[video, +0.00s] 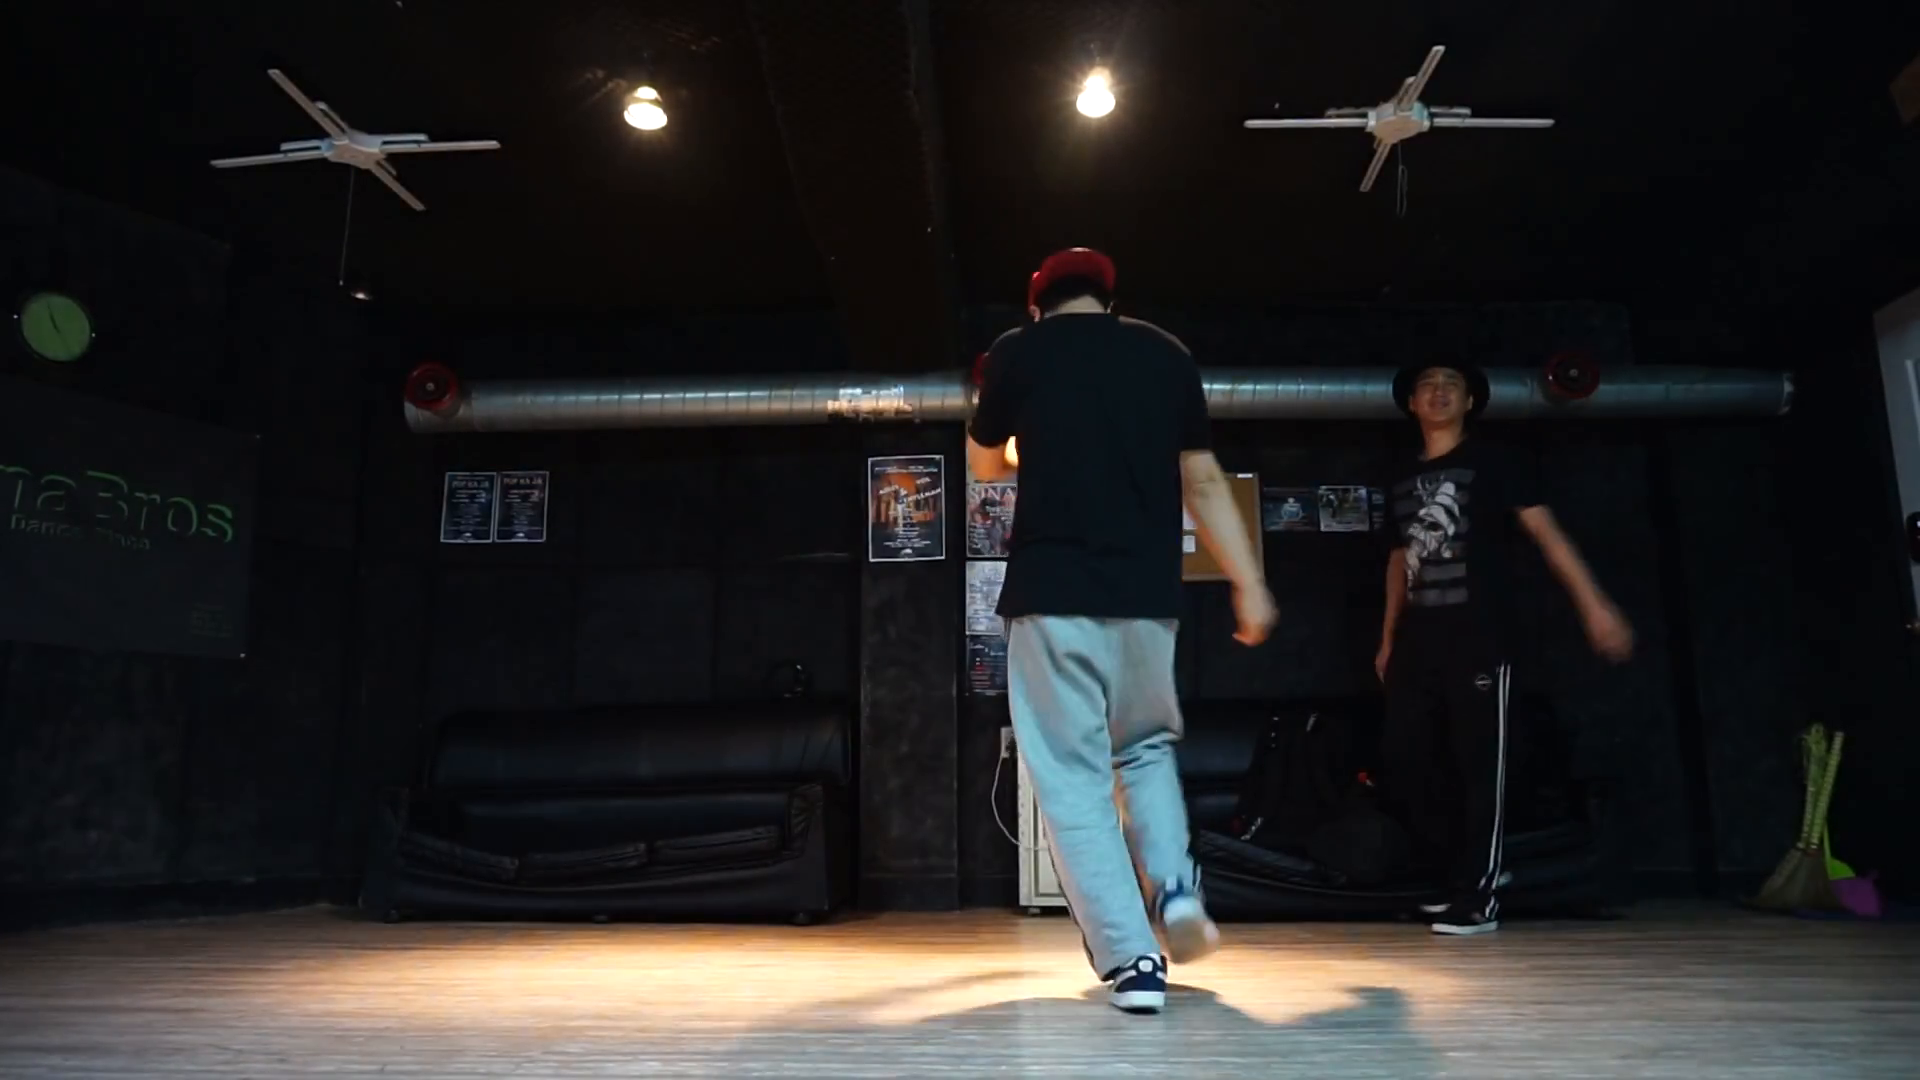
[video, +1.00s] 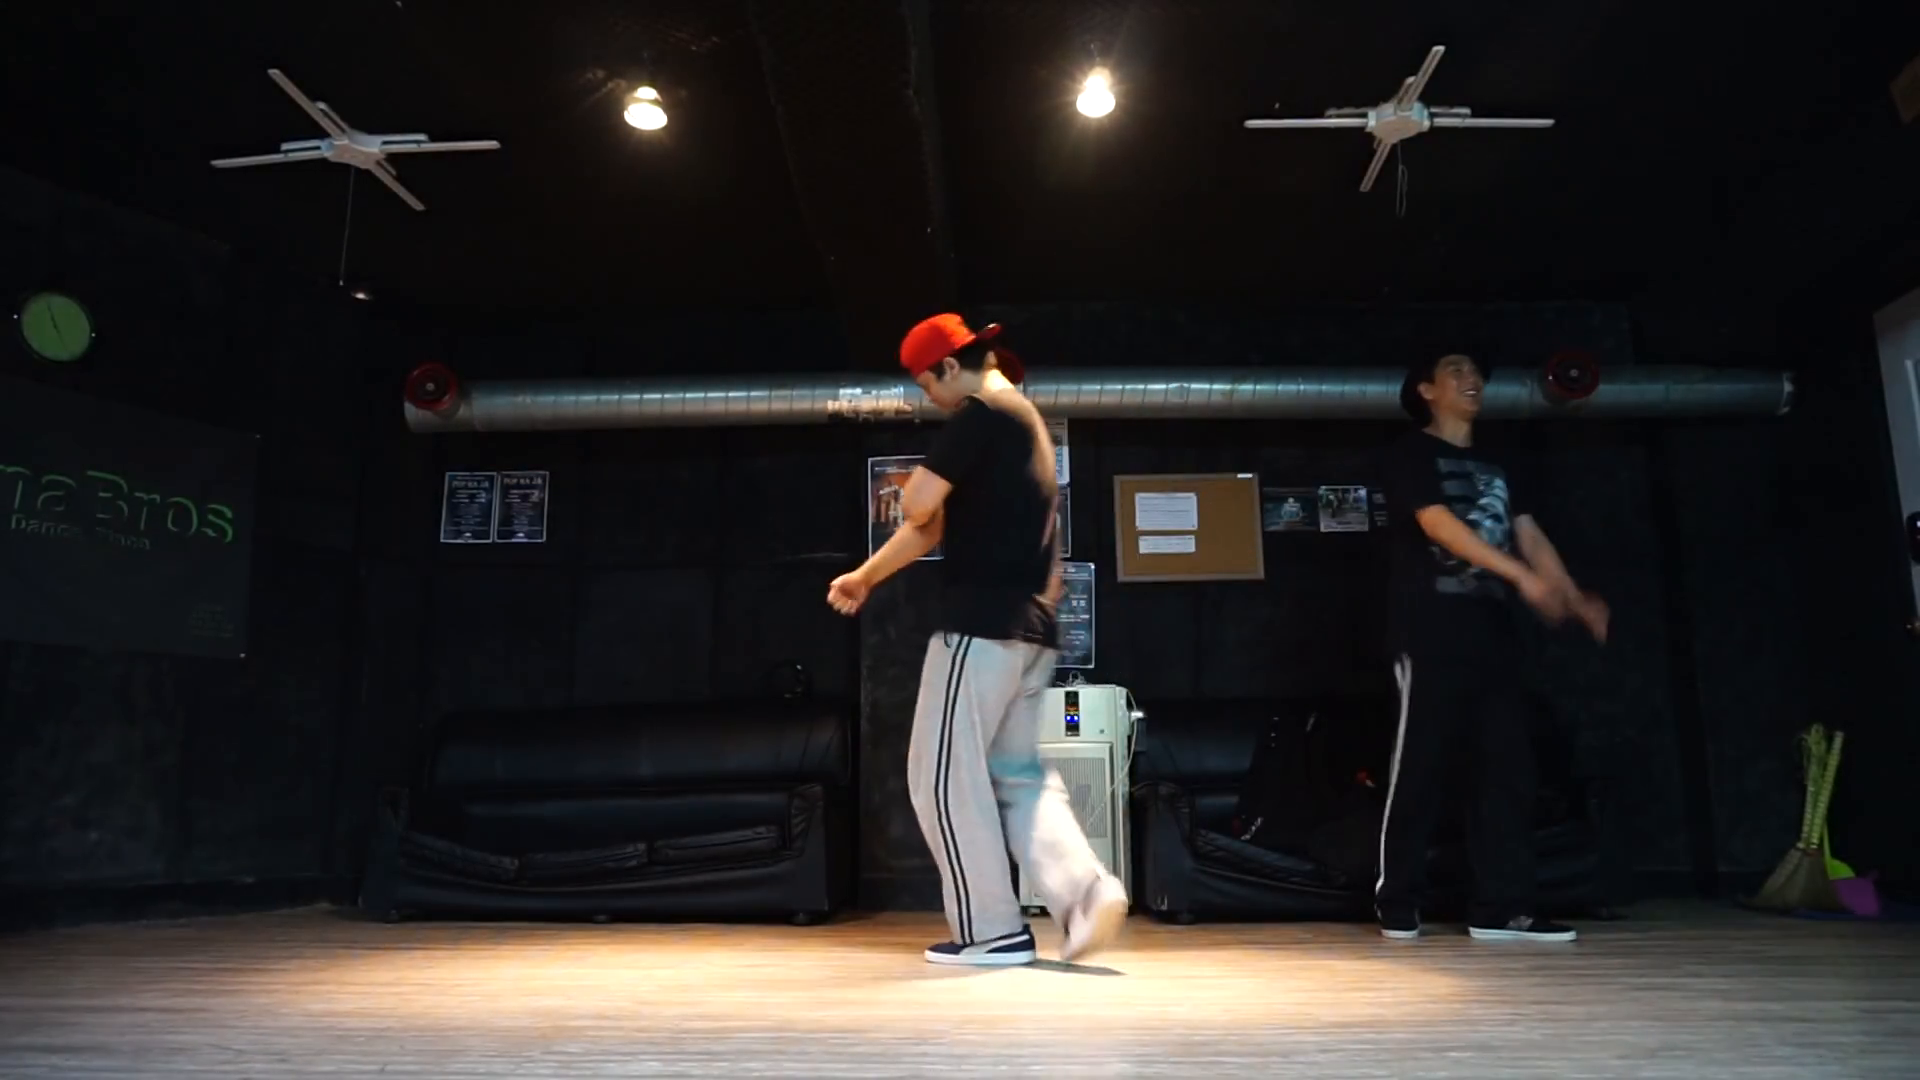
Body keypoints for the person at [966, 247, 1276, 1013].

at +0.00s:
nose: (1038, 320)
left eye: (1034, 309)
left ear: (1037, 307)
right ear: (1110, 299)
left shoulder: (1015, 355)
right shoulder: (1167, 356)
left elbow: (987, 461)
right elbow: (1202, 479)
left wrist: (1035, 433)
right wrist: (1247, 582)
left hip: (1051, 595)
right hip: (1147, 594)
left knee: (1073, 781)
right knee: (1148, 746)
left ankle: (1131, 962)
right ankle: (1176, 888)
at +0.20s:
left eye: (1037, 316)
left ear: (1036, 319)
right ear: (1107, 312)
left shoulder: (1017, 363)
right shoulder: (1164, 365)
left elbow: (968, 444)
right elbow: (1208, 452)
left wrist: (999, 374)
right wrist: (1272, 527)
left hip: (1057, 594)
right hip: (1142, 596)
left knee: (1085, 774)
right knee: (1130, 772)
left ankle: (1134, 951)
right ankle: (1104, 932)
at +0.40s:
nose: (1023, 358)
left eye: (1024, 349)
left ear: (1031, 346)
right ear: (1095, 340)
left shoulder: (1016, 387)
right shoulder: (1151, 393)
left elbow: (965, 473)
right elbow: (1193, 481)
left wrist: (970, 407)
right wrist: (1251, 561)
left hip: (1052, 618)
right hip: (1135, 618)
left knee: (1030, 781)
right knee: (1111, 781)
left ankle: (1132, 892)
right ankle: (1097, 945)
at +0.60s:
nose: (998, 362)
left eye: (998, 354)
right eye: (1000, 354)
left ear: (1006, 347)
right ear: (1068, 340)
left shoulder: (1013, 387)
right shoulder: (1116, 404)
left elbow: (959, 485)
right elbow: (1116, 516)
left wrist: (989, 414)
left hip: (1037, 608)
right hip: (1109, 615)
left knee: (981, 750)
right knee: (1092, 780)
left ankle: (1068, 875)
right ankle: (1112, 945)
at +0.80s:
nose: (966, 371)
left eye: (964, 360)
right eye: (964, 361)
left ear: (976, 350)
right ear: (1030, 342)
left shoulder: (998, 399)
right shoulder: (1068, 399)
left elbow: (942, 488)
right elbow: (1005, 499)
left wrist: (978, 414)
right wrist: (944, 570)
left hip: (1018, 610)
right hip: (1084, 608)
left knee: (968, 766)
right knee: (1080, 772)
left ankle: (998, 926)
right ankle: (1109, 939)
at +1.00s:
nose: (927, 400)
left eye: (925, 386)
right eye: (922, 389)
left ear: (946, 368)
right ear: (971, 361)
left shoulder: (976, 416)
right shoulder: (1023, 415)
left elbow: (917, 508)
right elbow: (933, 529)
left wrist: (916, 481)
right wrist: (866, 575)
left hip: (977, 624)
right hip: (1028, 624)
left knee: (942, 774)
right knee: (1015, 772)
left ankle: (992, 934)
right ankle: (1083, 891)